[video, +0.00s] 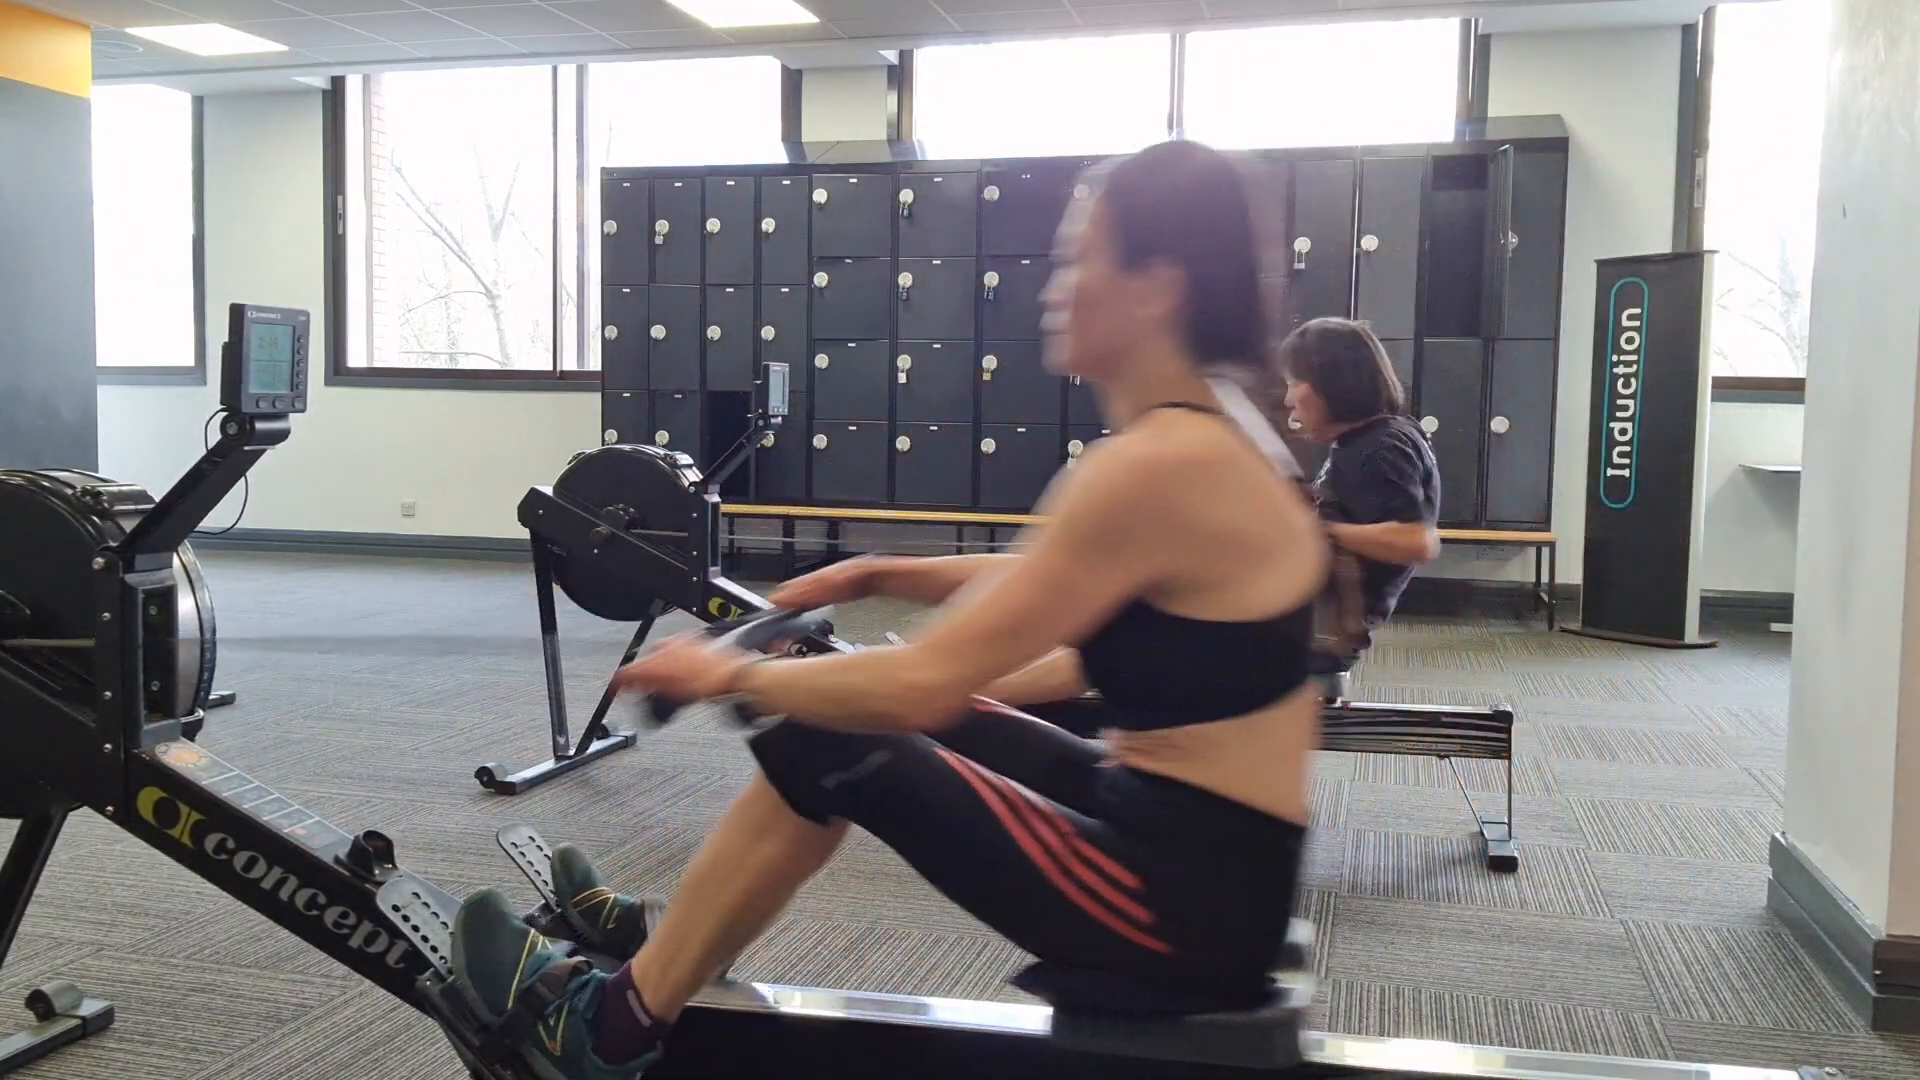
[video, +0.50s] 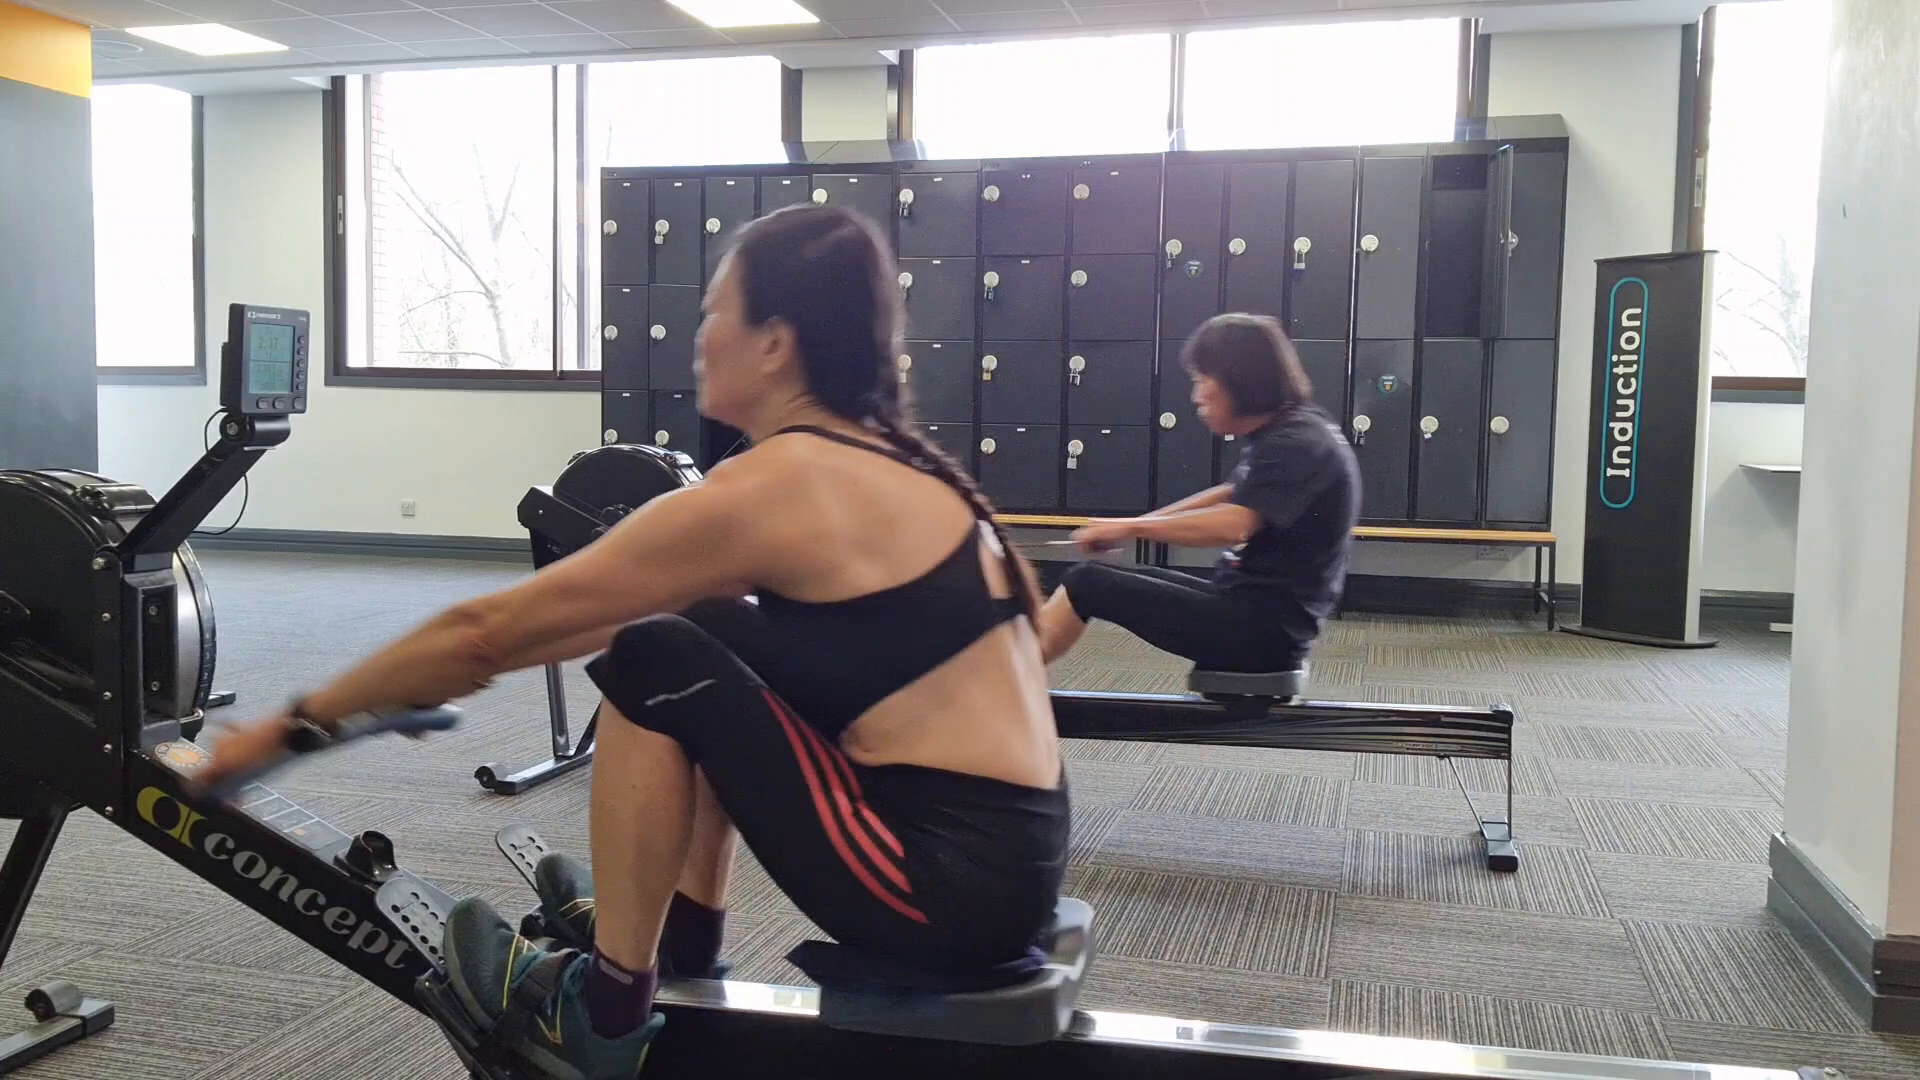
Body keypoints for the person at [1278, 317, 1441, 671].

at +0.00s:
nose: (1287, 400)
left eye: (1295, 383)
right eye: (1289, 384)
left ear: (1332, 385)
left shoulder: (1382, 451)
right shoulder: (1358, 443)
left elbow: (1420, 542)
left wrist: (1321, 532)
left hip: (1321, 647)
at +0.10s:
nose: (1276, 401)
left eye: (1283, 383)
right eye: (1277, 385)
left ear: (1322, 384)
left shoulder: (1378, 442)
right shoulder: (1346, 440)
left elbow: (1438, 531)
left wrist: (1330, 530)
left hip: (1305, 645)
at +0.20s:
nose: (1266, 401)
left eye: (1272, 382)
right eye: (1266, 385)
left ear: (1312, 384)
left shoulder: (1368, 442)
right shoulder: (1333, 441)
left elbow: (1413, 536)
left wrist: (1301, 531)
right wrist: (1279, 530)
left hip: (1302, 637)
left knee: (1149, 610)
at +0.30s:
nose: (1250, 399)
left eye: (1257, 382)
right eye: (1251, 384)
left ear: (1298, 384)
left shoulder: (1350, 442)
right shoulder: (1322, 438)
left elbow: (1362, 541)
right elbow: (1294, 519)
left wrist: (1251, 534)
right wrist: (1239, 530)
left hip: (1296, 635)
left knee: (1120, 606)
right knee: (1126, 590)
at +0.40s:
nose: (1226, 397)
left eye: (1233, 381)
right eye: (1227, 382)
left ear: (1271, 380)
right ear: (1277, 382)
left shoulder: (1329, 438)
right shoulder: (1302, 434)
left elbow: (1298, 535)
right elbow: (1268, 504)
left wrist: (1189, 531)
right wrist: (1187, 526)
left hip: (1284, 633)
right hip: (1262, 613)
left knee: (1105, 595)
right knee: (1105, 584)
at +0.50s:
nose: (1196, 396)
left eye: (1203, 380)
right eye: (1196, 381)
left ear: (1241, 380)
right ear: (1248, 380)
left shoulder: (1299, 441)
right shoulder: (1278, 435)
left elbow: (1235, 526)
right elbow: (1227, 495)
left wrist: (1130, 528)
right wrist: (1131, 527)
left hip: (1263, 633)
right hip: (1246, 614)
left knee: (1086, 585)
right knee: (1087, 577)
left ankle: (1002, 683)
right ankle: (1007, 678)